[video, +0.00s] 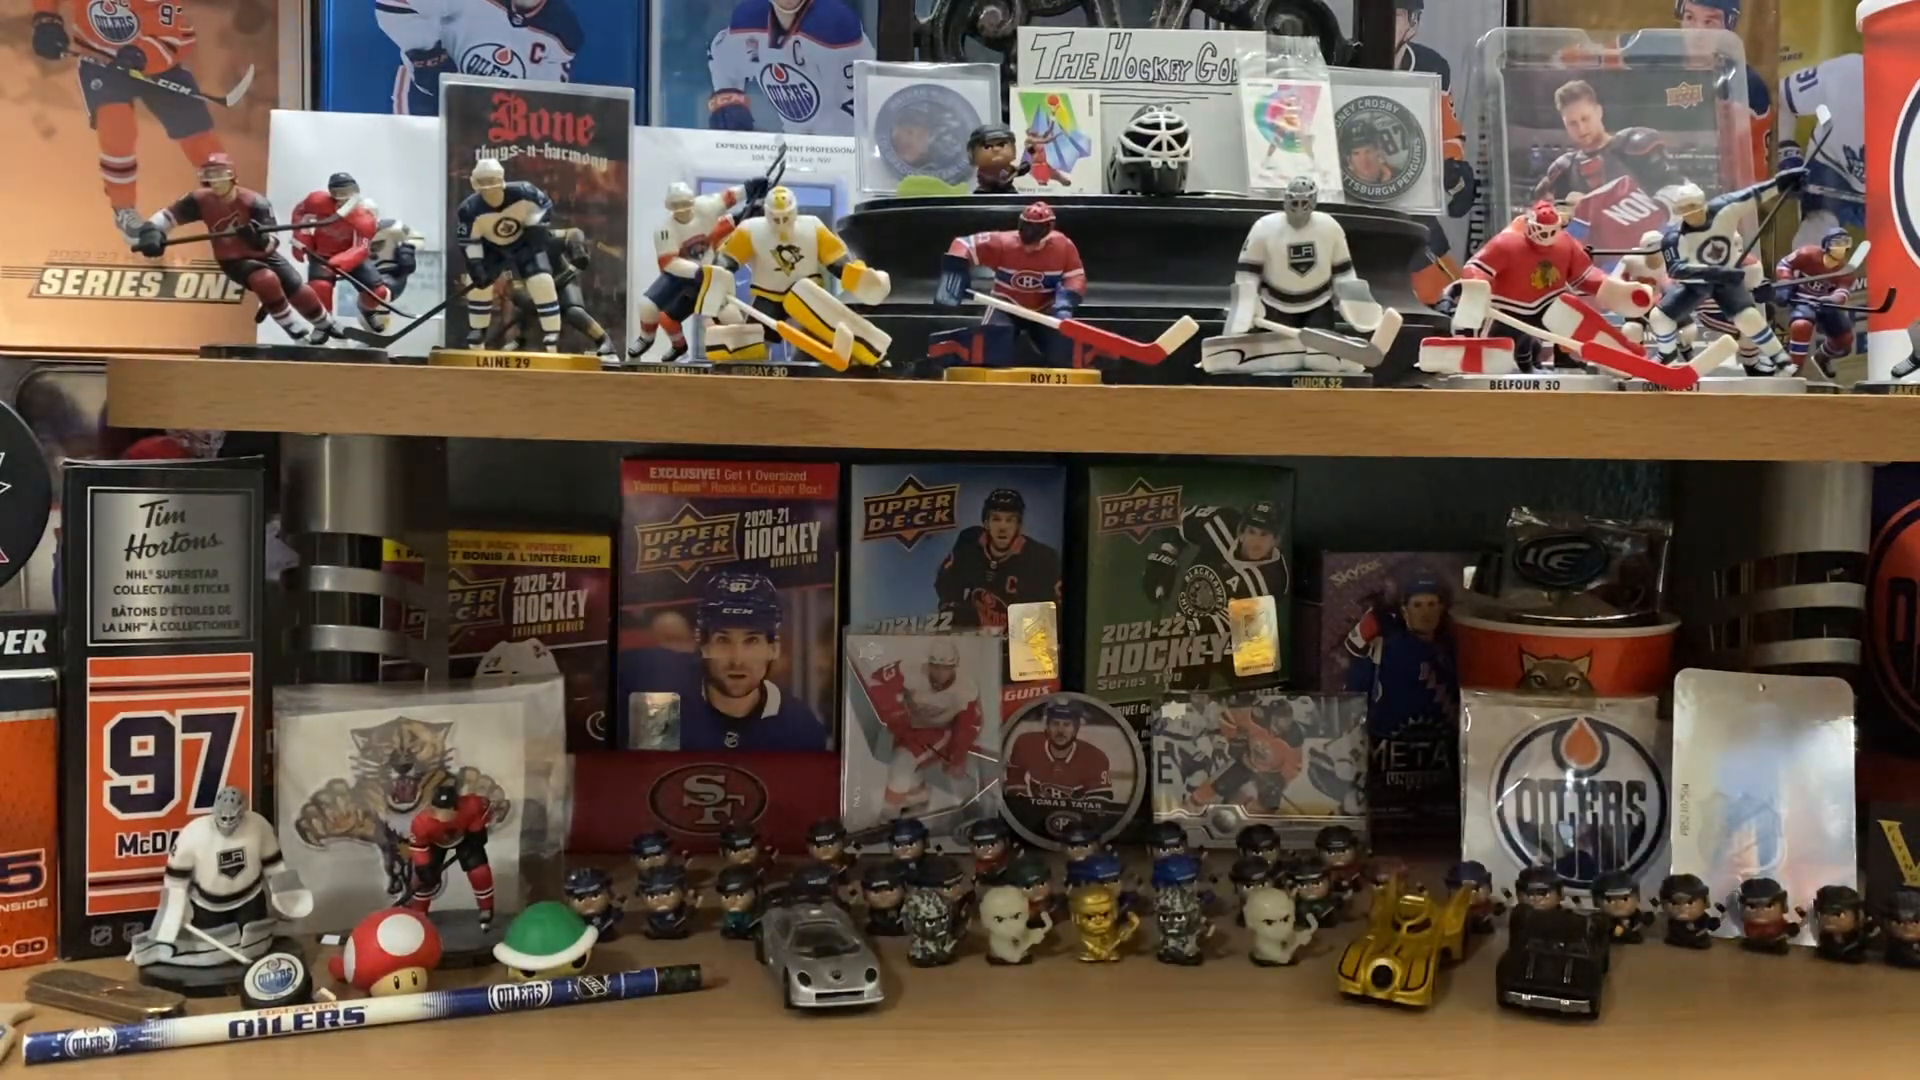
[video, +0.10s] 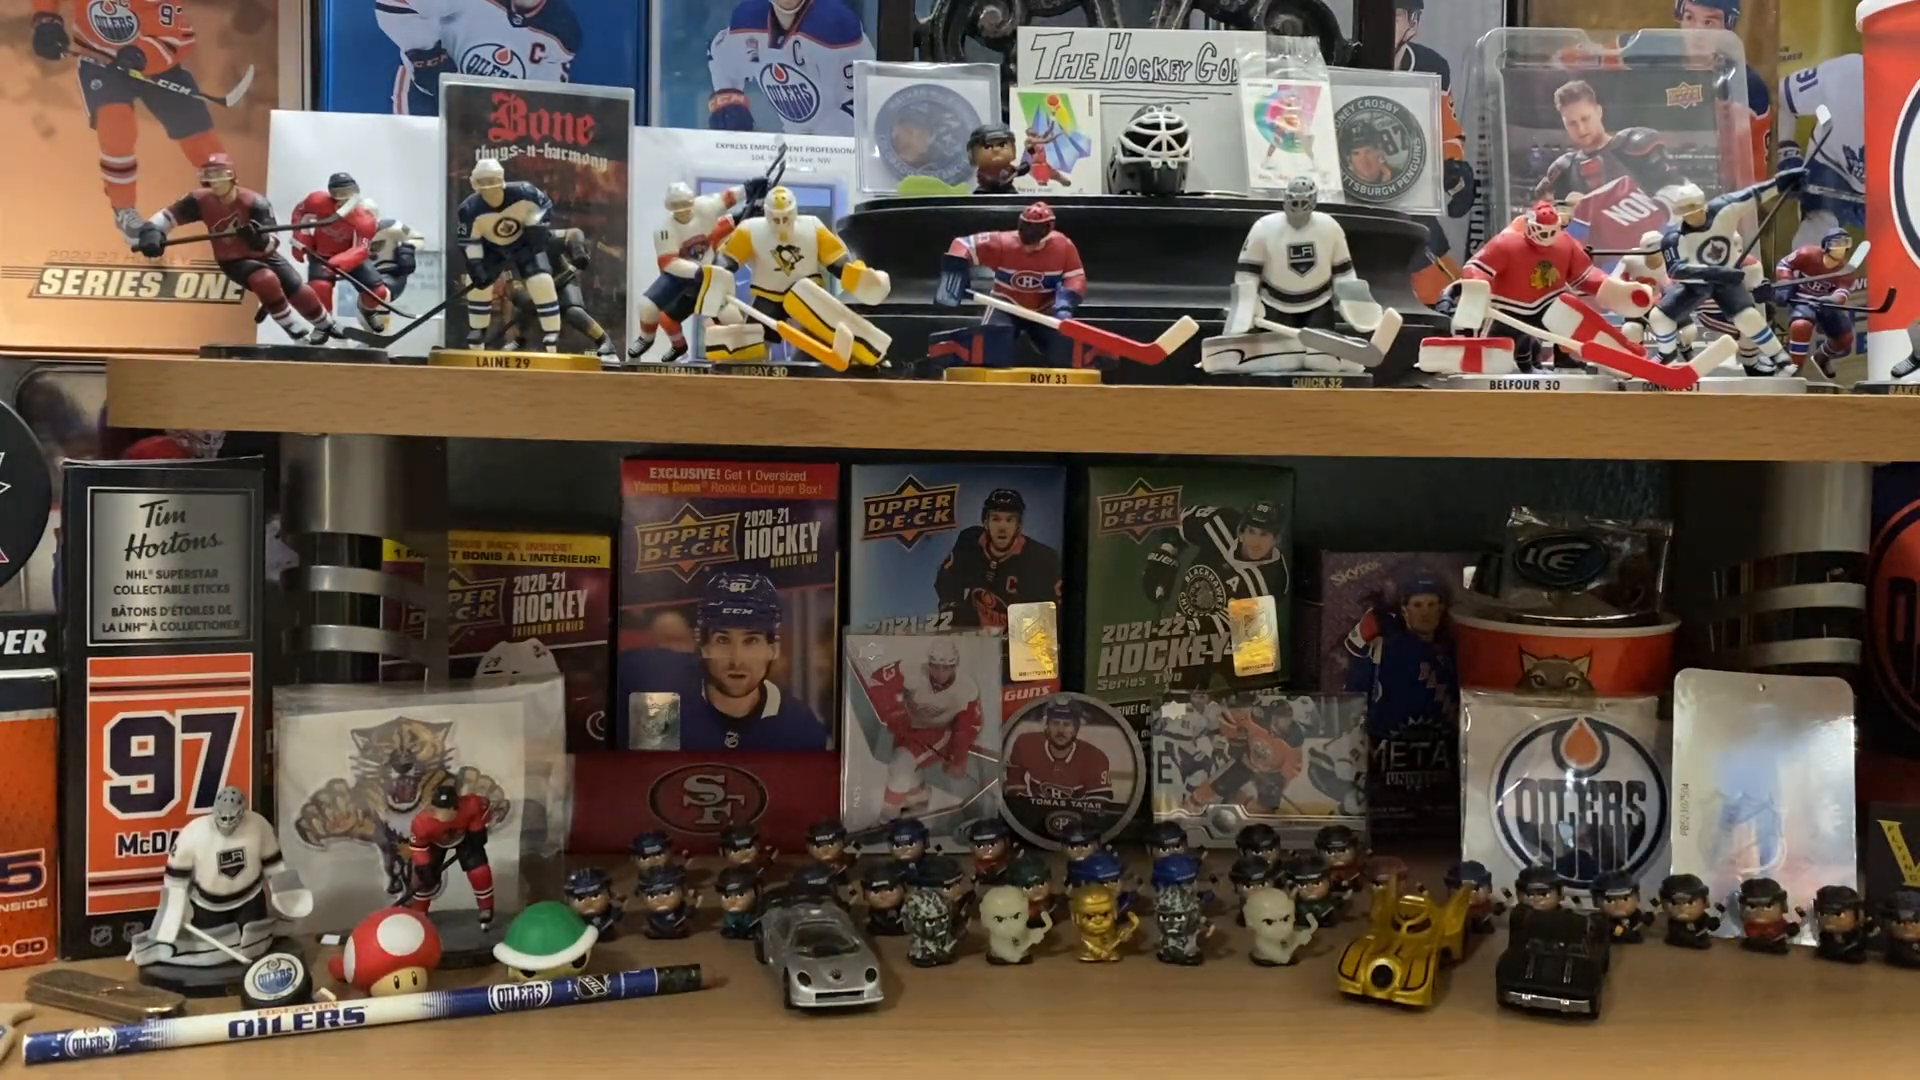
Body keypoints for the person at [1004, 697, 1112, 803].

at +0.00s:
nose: (1060, 730)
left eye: (1066, 724)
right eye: (1055, 724)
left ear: (1076, 728)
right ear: (1047, 727)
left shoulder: (1095, 758)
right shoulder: (1025, 744)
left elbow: (1099, 801)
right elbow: (1014, 785)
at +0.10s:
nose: (1060, 730)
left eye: (1066, 724)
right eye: (1055, 724)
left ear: (1076, 728)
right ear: (1046, 726)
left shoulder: (1095, 758)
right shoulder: (1025, 744)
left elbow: (1099, 803)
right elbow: (1014, 787)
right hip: (1032, 816)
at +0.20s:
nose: (1060, 730)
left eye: (1066, 725)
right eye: (1055, 724)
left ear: (1076, 729)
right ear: (1046, 726)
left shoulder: (1095, 758)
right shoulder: (1025, 745)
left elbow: (1099, 802)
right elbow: (1014, 785)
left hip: (1075, 820)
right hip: (1032, 815)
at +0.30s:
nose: (1060, 730)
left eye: (1066, 725)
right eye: (1055, 724)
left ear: (1076, 728)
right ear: (1046, 726)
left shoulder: (1095, 758)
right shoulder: (1025, 745)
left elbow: (1099, 802)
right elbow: (1014, 783)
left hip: (1075, 819)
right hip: (1032, 814)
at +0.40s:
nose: (1060, 730)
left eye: (1066, 725)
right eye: (1055, 724)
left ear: (1076, 728)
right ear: (1047, 726)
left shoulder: (1095, 758)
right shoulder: (1025, 744)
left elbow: (1099, 802)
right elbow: (1014, 787)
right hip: (1032, 815)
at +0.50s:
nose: (1060, 730)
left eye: (1066, 724)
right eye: (1055, 724)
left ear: (1076, 728)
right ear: (1047, 726)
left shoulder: (1095, 758)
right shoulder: (1025, 744)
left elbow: (1099, 802)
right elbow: (1014, 785)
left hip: (1075, 821)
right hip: (1032, 815)